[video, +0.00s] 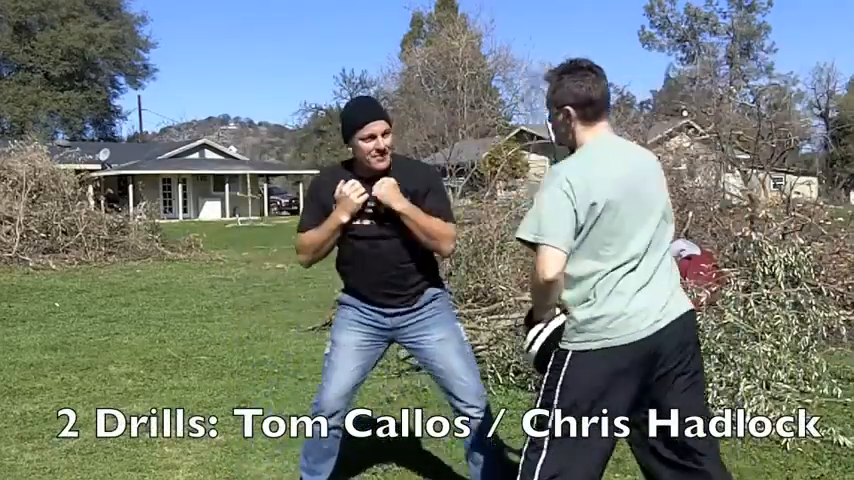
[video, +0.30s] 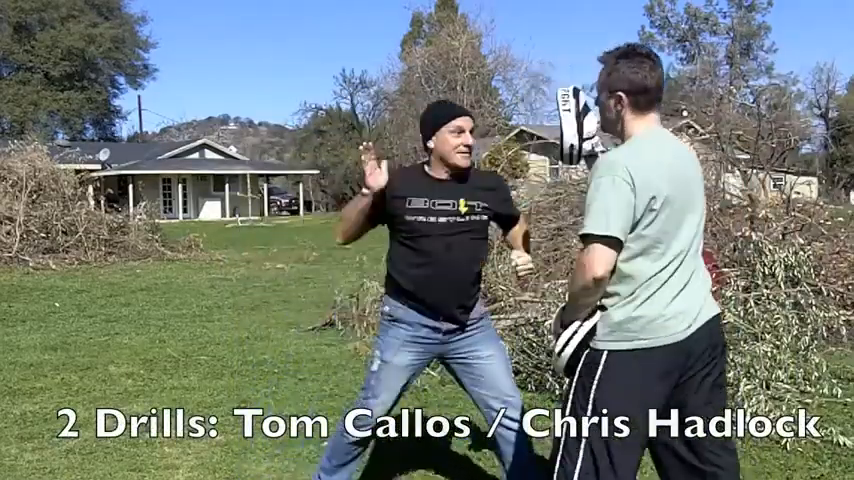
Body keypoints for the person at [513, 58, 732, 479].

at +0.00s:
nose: (550, 124)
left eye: (550, 114)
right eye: (549, 114)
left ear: (567, 116)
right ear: (606, 107)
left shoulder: (568, 177)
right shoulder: (645, 160)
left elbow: (549, 273)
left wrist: (541, 311)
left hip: (599, 346)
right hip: (672, 329)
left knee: (556, 465)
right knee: (690, 456)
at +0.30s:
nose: (597, 106)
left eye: (600, 97)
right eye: (598, 96)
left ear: (618, 102)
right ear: (656, 98)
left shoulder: (618, 164)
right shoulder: (681, 152)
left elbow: (596, 270)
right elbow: (670, 241)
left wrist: (571, 314)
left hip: (631, 345)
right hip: (698, 332)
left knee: (591, 466)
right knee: (706, 461)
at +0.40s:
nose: (601, 104)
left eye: (603, 95)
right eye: (601, 95)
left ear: (622, 101)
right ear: (661, 96)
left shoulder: (618, 165)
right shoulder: (684, 153)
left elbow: (592, 271)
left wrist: (567, 313)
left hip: (627, 346)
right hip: (697, 332)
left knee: (586, 467)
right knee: (706, 461)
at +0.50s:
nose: (606, 112)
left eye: (608, 101)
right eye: (606, 101)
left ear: (625, 103)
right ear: (666, 96)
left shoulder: (603, 167)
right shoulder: (702, 162)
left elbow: (571, 270)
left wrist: (555, 307)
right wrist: (684, 136)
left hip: (609, 347)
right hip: (689, 338)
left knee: (560, 463)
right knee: (705, 463)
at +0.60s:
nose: (600, 114)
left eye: (600, 105)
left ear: (612, 108)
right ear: (658, 100)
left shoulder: (578, 175)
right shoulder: (698, 173)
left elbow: (530, 266)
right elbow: (777, 216)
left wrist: (534, 311)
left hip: (583, 354)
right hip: (668, 348)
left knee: (546, 463)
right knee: (698, 468)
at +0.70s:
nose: (585, 117)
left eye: (584, 110)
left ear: (589, 115)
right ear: (642, 107)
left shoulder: (548, 183)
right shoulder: (673, 184)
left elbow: (496, 268)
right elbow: (748, 256)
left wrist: (512, 310)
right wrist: (778, 184)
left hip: (563, 365)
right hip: (652, 359)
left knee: (544, 470)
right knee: (691, 471)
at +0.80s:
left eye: (558, 107)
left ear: (562, 111)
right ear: (619, 105)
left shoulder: (519, 188)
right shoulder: (639, 184)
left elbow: (470, 266)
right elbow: (686, 275)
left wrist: (494, 303)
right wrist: (740, 218)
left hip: (541, 373)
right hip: (626, 366)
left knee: (538, 471)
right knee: (675, 471)